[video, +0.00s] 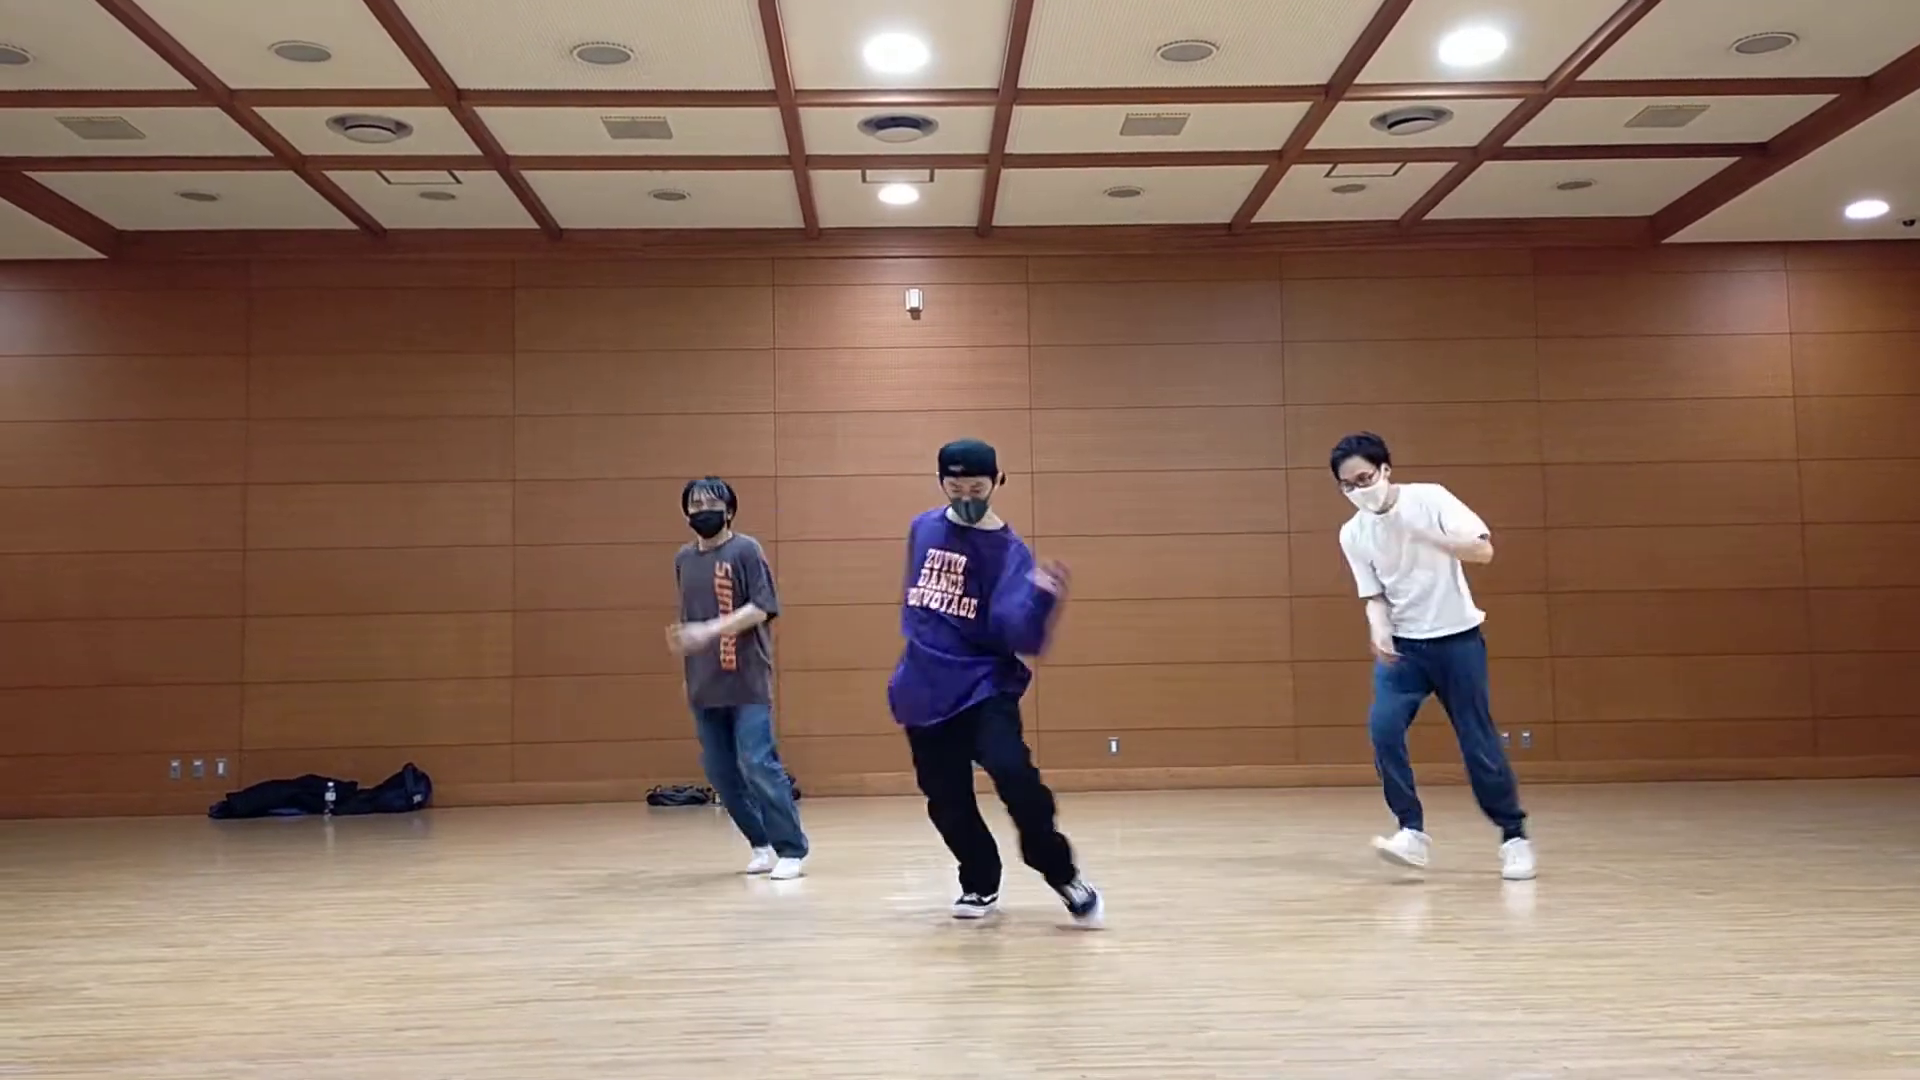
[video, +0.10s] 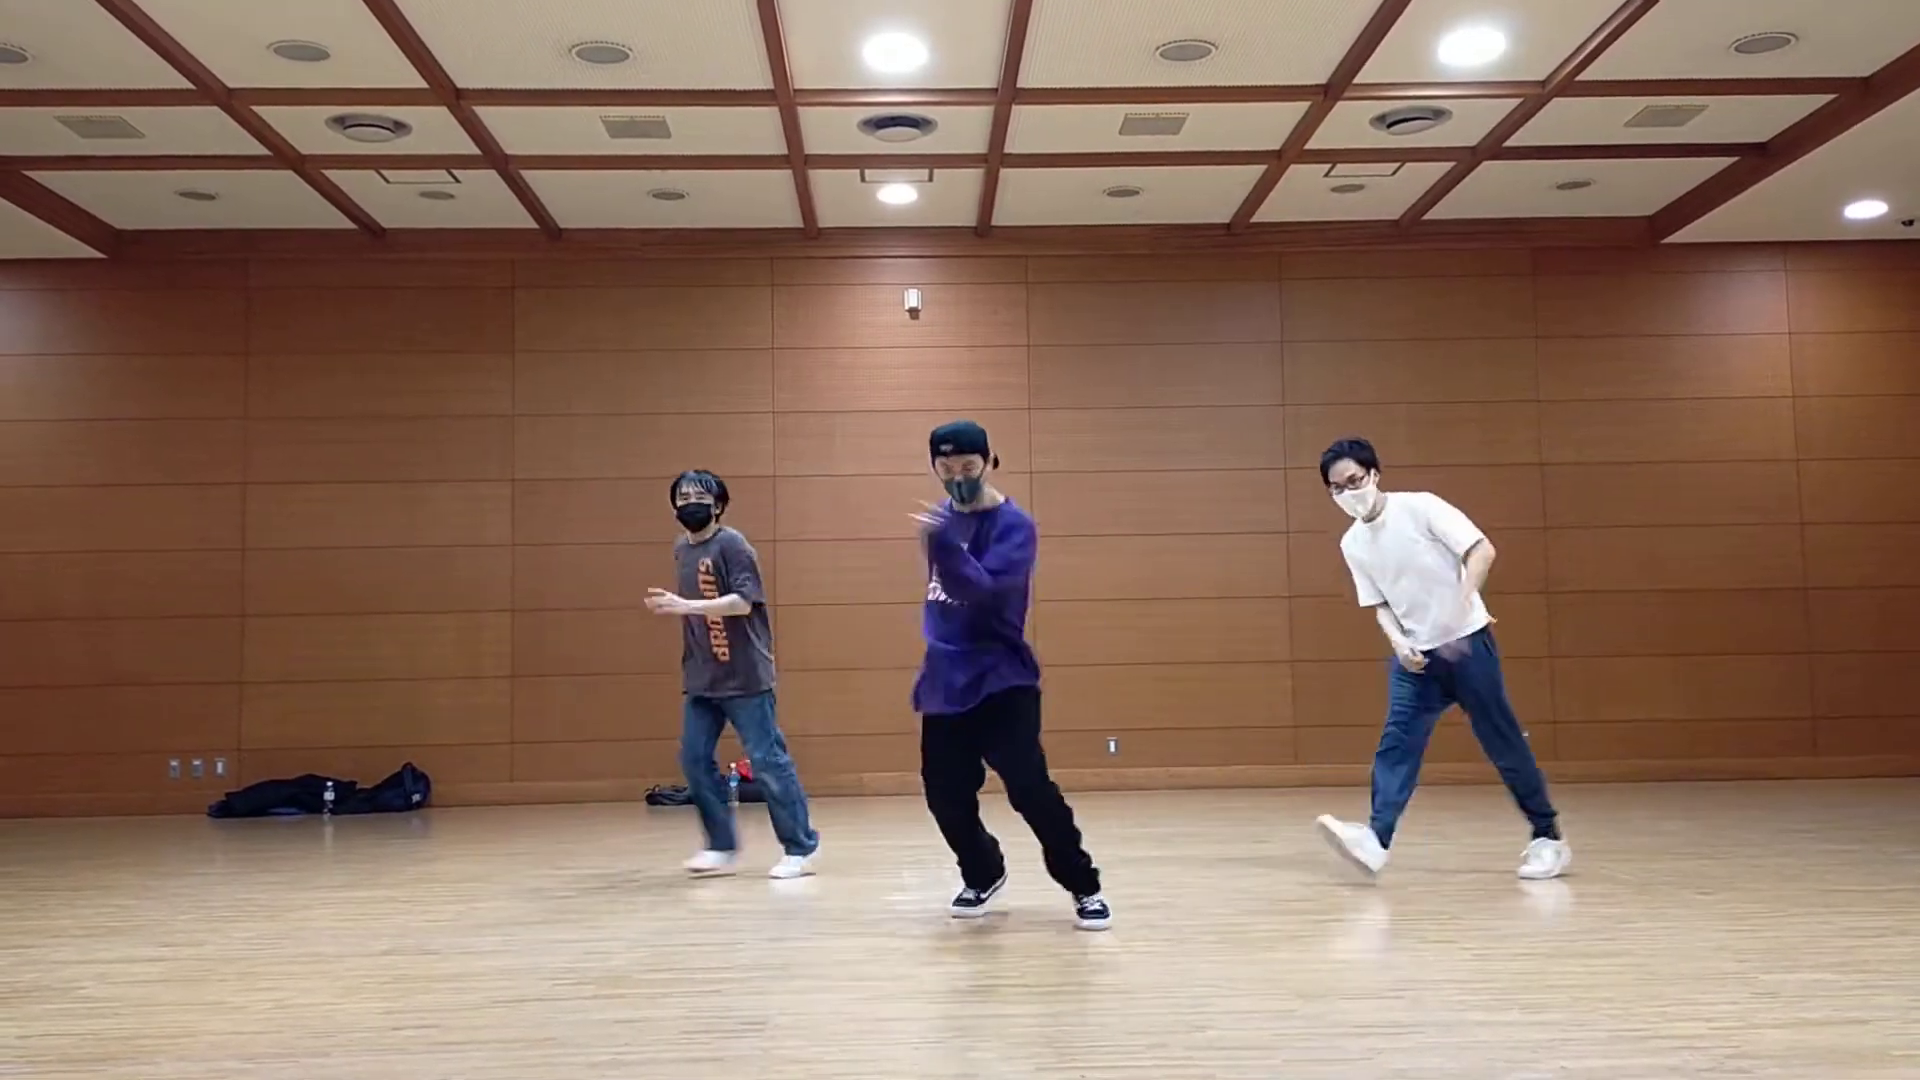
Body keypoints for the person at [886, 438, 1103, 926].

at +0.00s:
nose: (967, 495)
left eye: (978, 485)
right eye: (957, 485)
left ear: (994, 485)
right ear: (942, 485)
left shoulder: (1009, 552)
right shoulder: (923, 529)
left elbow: (1019, 637)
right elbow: (916, 604)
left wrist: (1041, 596)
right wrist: (912, 669)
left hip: (983, 687)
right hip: (925, 688)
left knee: (1014, 773)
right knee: (946, 800)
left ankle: (1060, 873)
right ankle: (980, 881)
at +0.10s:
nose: (955, 472)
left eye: (965, 461)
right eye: (945, 464)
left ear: (987, 463)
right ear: (936, 470)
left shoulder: (1014, 525)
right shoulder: (942, 524)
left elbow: (986, 592)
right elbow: (944, 604)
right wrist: (935, 669)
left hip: (1002, 677)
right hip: (946, 677)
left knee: (1028, 788)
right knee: (945, 793)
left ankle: (1083, 886)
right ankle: (985, 873)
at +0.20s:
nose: (938, 465)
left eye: (946, 453)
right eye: (927, 458)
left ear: (971, 451)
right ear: (919, 464)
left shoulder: (1003, 501)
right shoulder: (941, 511)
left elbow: (968, 560)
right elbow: (948, 596)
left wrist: (878, 543)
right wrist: (910, 653)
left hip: (1023, 655)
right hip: (970, 660)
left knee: (1031, 772)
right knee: (935, 768)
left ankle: (1117, 879)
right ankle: (985, 865)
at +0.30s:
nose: (919, 468)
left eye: (929, 456)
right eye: (909, 460)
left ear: (954, 454)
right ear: (901, 467)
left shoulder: (986, 502)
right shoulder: (932, 516)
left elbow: (948, 570)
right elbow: (924, 577)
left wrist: (863, 615)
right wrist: (881, 621)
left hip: (1038, 656)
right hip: (989, 664)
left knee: (1063, 772)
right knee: (954, 763)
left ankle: (1145, 883)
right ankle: (953, 896)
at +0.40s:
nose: (901, 475)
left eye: (911, 463)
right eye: (891, 467)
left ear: (937, 464)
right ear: (885, 473)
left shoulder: (969, 514)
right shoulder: (909, 524)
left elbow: (971, 602)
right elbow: (868, 572)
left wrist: (946, 682)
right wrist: (800, 599)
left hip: (1043, 658)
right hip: (995, 671)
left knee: (1085, 772)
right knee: (983, 785)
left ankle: (1146, 884)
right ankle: (950, 900)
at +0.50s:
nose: (882, 482)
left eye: (891, 471)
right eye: (872, 475)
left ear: (917, 470)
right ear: (865, 480)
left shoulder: (954, 520)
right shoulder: (878, 530)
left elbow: (1005, 597)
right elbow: (826, 569)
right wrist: (761, 598)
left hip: (1026, 669)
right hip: (973, 677)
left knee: (1076, 779)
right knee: (971, 787)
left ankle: (1140, 879)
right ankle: (953, 900)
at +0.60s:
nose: (864, 483)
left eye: (873, 472)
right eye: (854, 476)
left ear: (901, 469)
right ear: (847, 480)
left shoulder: (954, 512)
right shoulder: (853, 538)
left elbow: (1038, 536)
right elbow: (792, 582)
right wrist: (725, 608)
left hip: (1005, 663)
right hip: (942, 675)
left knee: (1024, 773)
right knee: (947, 784)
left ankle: (1105, 858)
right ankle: (955, 899)